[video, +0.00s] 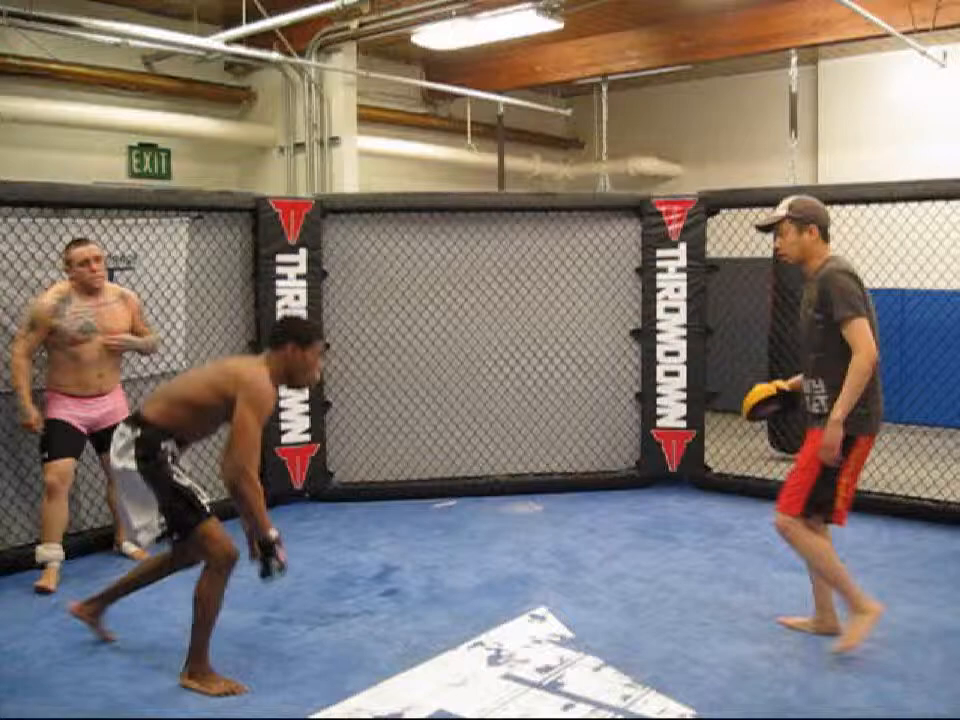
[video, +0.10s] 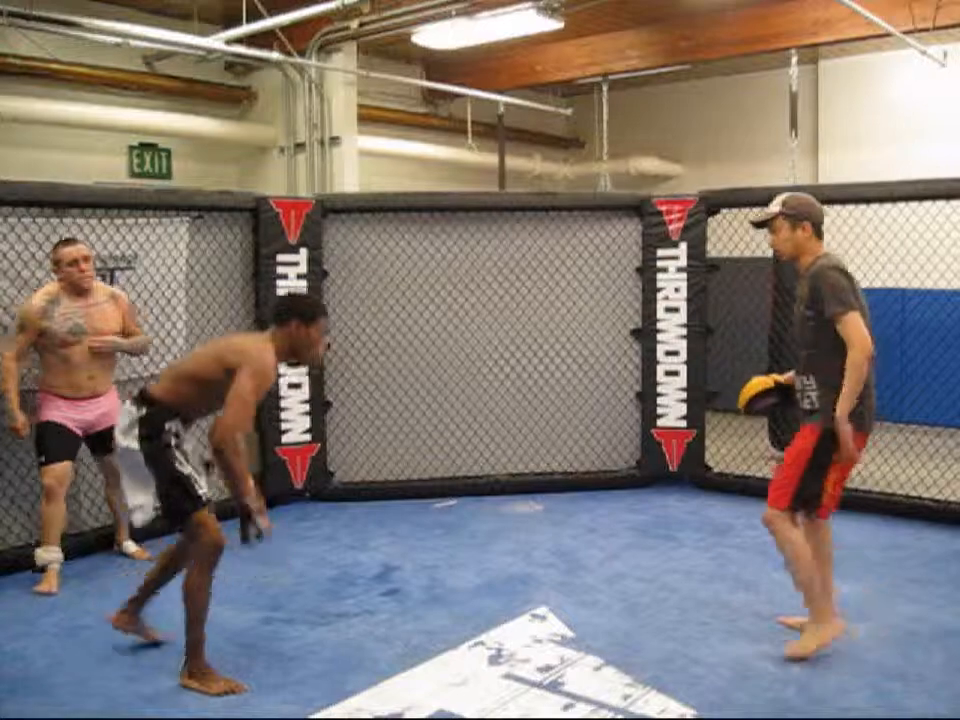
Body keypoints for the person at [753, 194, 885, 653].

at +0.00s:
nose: (777, 244)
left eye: (782, 234)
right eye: (776, 235)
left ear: (810, 233)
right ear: (804, 234)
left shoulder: (836, 278)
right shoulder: (817, 280)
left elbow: (866, 353)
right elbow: (830, 363)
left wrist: (836, 421)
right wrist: (790, 386)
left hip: (845, 423)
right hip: (828, 420)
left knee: (790, 519)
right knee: (811, 521)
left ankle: (863, 606)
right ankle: (823, 615)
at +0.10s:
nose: (770, 238)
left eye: (775, 229)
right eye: (770, 230)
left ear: (803, 230)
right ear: (800, 232)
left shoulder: (827, 275)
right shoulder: (814, 276)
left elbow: (862, 347)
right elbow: (828, 361)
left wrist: (842, 414)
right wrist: (787, 380)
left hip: (831, 419)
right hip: (828, 416)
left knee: (778, 514)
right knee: (813, 517)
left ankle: (822, 619)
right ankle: (823, 612)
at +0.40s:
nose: (744, 233)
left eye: (748, 224)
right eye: (744, 225)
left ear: (773, 226)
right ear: (783, 226)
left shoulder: (785, 275)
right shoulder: (815, 267)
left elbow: (788, 361)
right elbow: (806, 350)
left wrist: (759, 422)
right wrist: (747, 359)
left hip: (797, 419)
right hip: (828, 415)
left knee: (765, 525)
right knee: (809, 519)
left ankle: (766, 643)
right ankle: (826, 614)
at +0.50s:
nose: (742, 228)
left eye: (746, 219)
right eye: (742, 219)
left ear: (771, 222)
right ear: (779, 222)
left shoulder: (782, 273)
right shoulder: (812, 264)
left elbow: (767, 357)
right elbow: (788, 324)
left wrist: (715, 391)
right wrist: (735, 303)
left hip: (792, 420)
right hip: (822, 416)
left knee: (760, 526)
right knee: (805, 521)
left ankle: (764, 643)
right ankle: (822, 622)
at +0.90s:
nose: (724, 236)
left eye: (730, 228)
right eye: (724, 228)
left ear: (757, 232)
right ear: (764, 233)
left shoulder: (766, 282)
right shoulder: (786, 270)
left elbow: (761, 366)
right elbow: (711, 276)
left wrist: (698, 389)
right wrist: (674, 236)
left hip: (756, 429)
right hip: (788, 426)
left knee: (691, 522)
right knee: (784, 525)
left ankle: (671, 649)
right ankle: (822, 627)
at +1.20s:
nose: (643, 232)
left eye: (650, 224)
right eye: (644, 224)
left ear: (678, 230)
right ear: (681, 230)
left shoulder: (695, 278)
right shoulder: (694, 263)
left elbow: (718, 363)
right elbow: (635, 280)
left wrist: (654, 391)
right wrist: (596, 247)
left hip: (717, 428)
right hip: (756, 419)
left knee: (671, 537)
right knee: (784, 523)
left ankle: (661, 658)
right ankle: (812, 623)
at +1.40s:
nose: (611, 230)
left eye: (616, 221)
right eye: (611, 220)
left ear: (642, 225)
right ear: (654, 222)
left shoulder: (657, 273)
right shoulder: (698, 252)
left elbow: (668, 365)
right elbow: (714, 323)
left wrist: (616, 404)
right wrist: (650, 316)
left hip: (698, 420)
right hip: (744, 405)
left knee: (670, 536)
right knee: (765, 517)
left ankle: (661, 657)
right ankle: (804, 631)